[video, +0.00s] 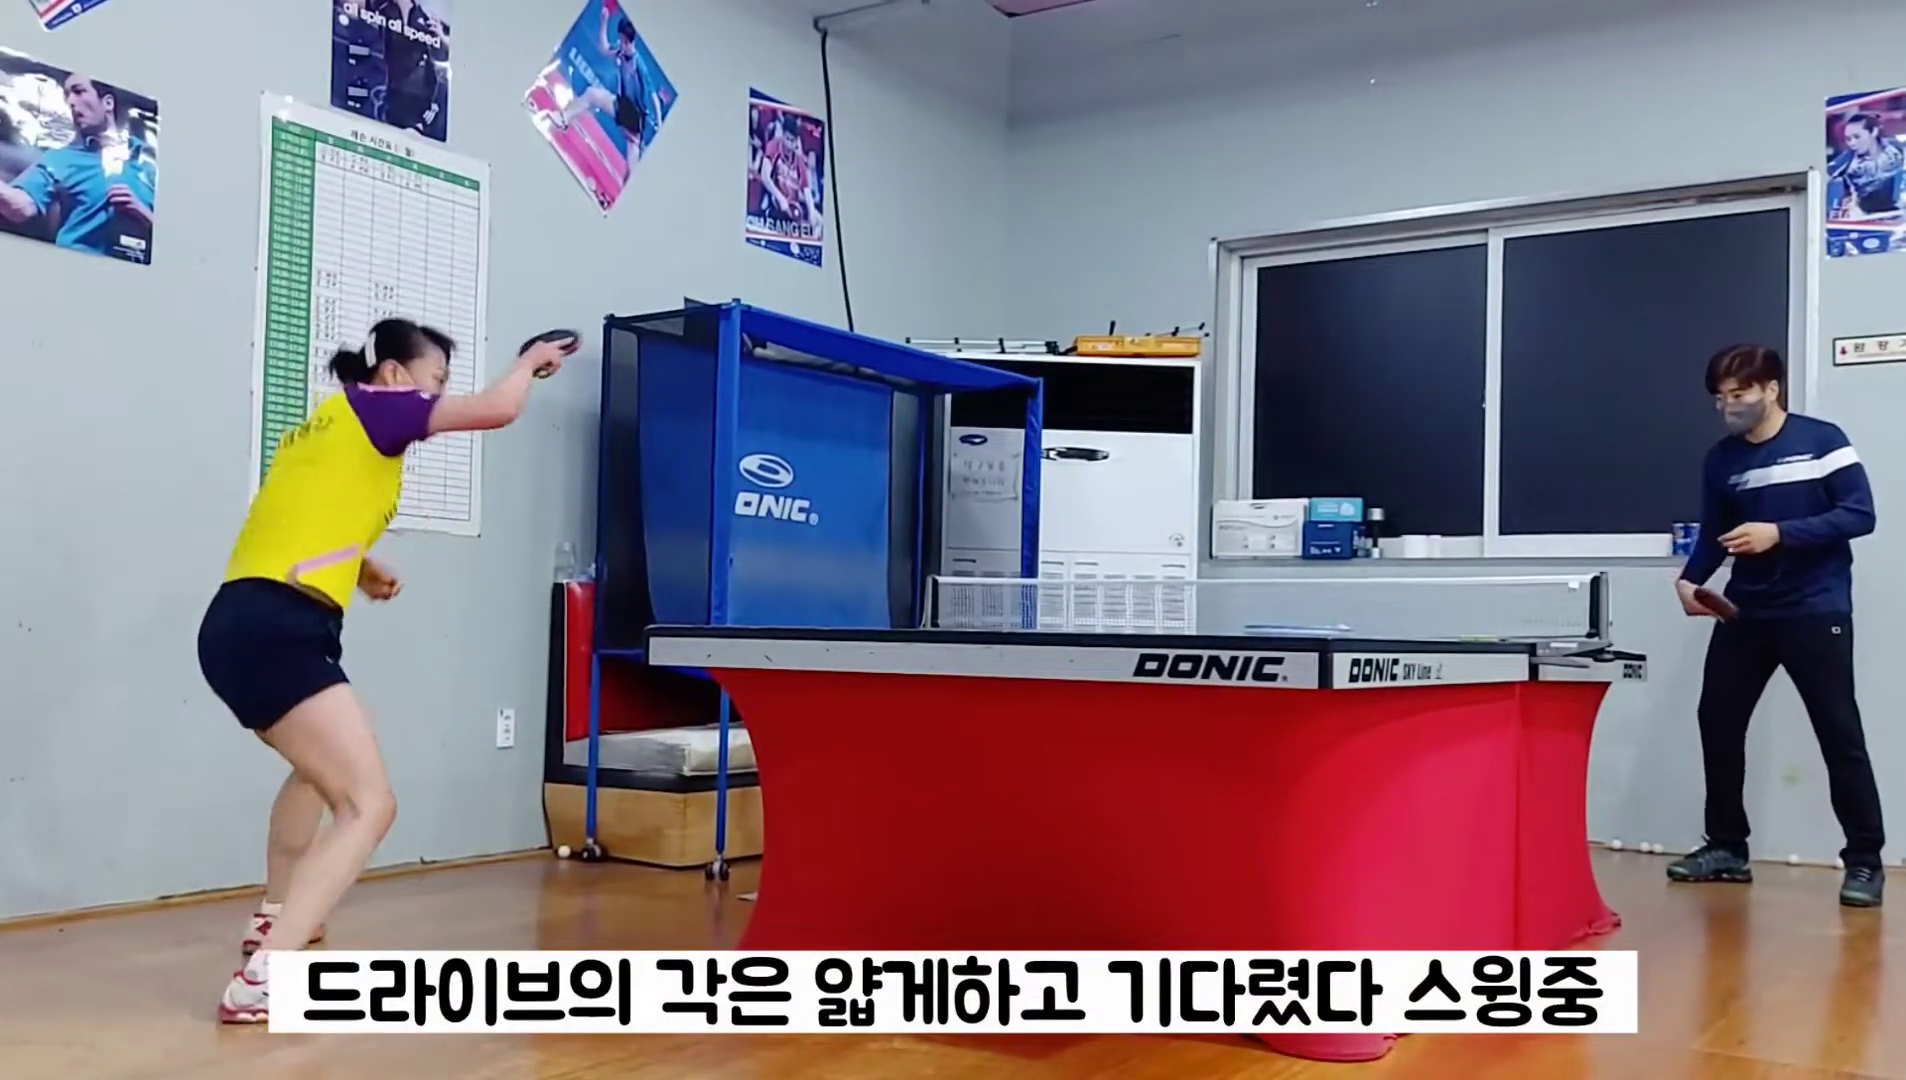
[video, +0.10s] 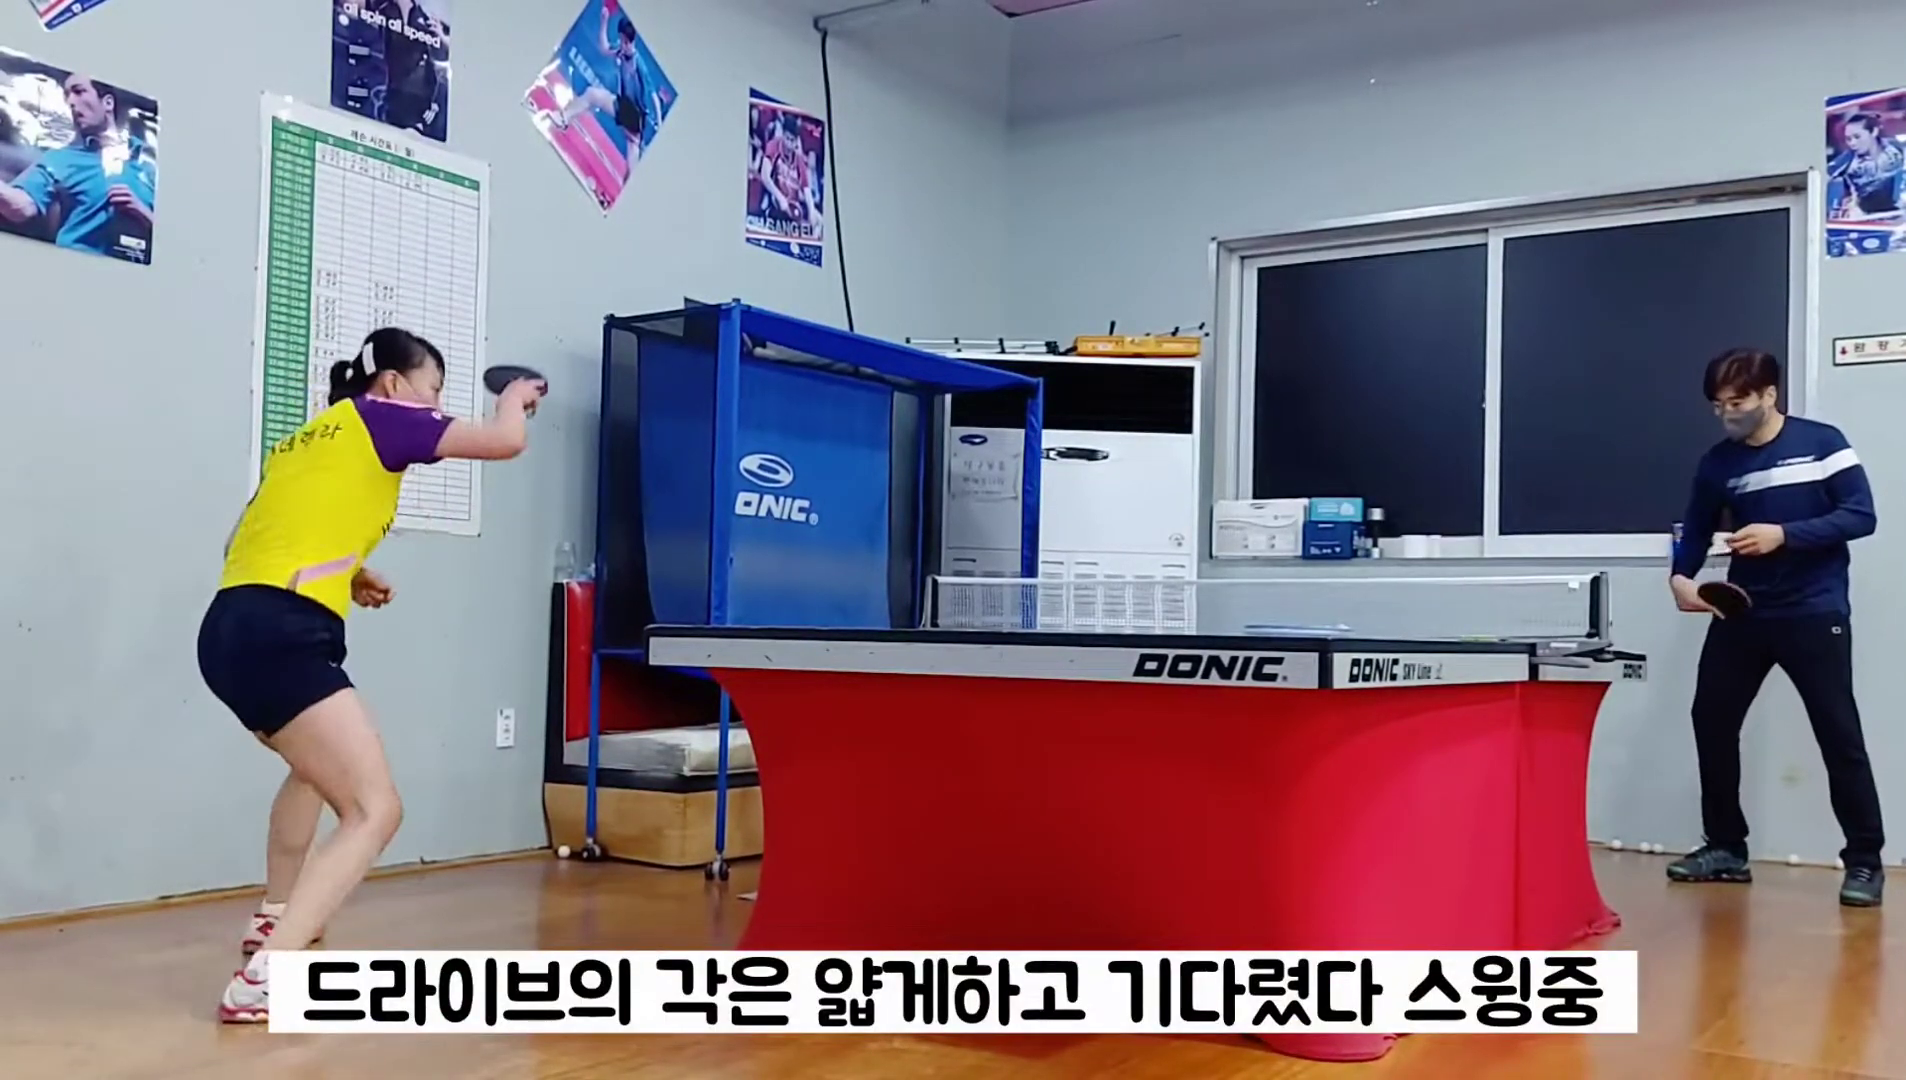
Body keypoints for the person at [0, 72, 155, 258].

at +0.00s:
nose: (70, 101)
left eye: (79, 91)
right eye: (67, 95)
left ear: (108, 103)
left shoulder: (149, 162)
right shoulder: (60, 159)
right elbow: (20, 207)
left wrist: (143, 213)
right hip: (75, 261)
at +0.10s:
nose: (70, 101)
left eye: (79, 91)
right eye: (67, 95)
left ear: (108, 103)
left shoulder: (149, 162)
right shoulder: (60, 159)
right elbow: (20, 207)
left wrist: (143, 213)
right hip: (75, 261)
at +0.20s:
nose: (70, 101)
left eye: (79, 91)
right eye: (67, 95)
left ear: (108, 103)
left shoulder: (149, 162)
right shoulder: (60, 159)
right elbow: (19, 207)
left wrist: (143, 213)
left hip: (134, 270)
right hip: (74, 261)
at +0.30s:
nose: (70, 101)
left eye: (79, 91)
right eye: (67, 96)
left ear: (108, 103)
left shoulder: (149, 162)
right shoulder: (59, 159)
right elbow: (19, 207)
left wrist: (143, 213)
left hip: (134, 270)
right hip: (74, 261)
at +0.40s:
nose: (70, 101)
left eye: (79, 91)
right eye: (67, 96)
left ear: (108, 103)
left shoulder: (149, 162)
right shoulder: (59, 159)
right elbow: (19, 207)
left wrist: (143, 213)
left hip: (134, 270)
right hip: (74, 260)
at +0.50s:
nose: (70, 101)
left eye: (79, 91)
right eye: (67, 96)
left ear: (108, 103)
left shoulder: (149, 161)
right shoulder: (59, 159)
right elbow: (19, 207)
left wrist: (143, 213)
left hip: (134, 270)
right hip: (75, 260)